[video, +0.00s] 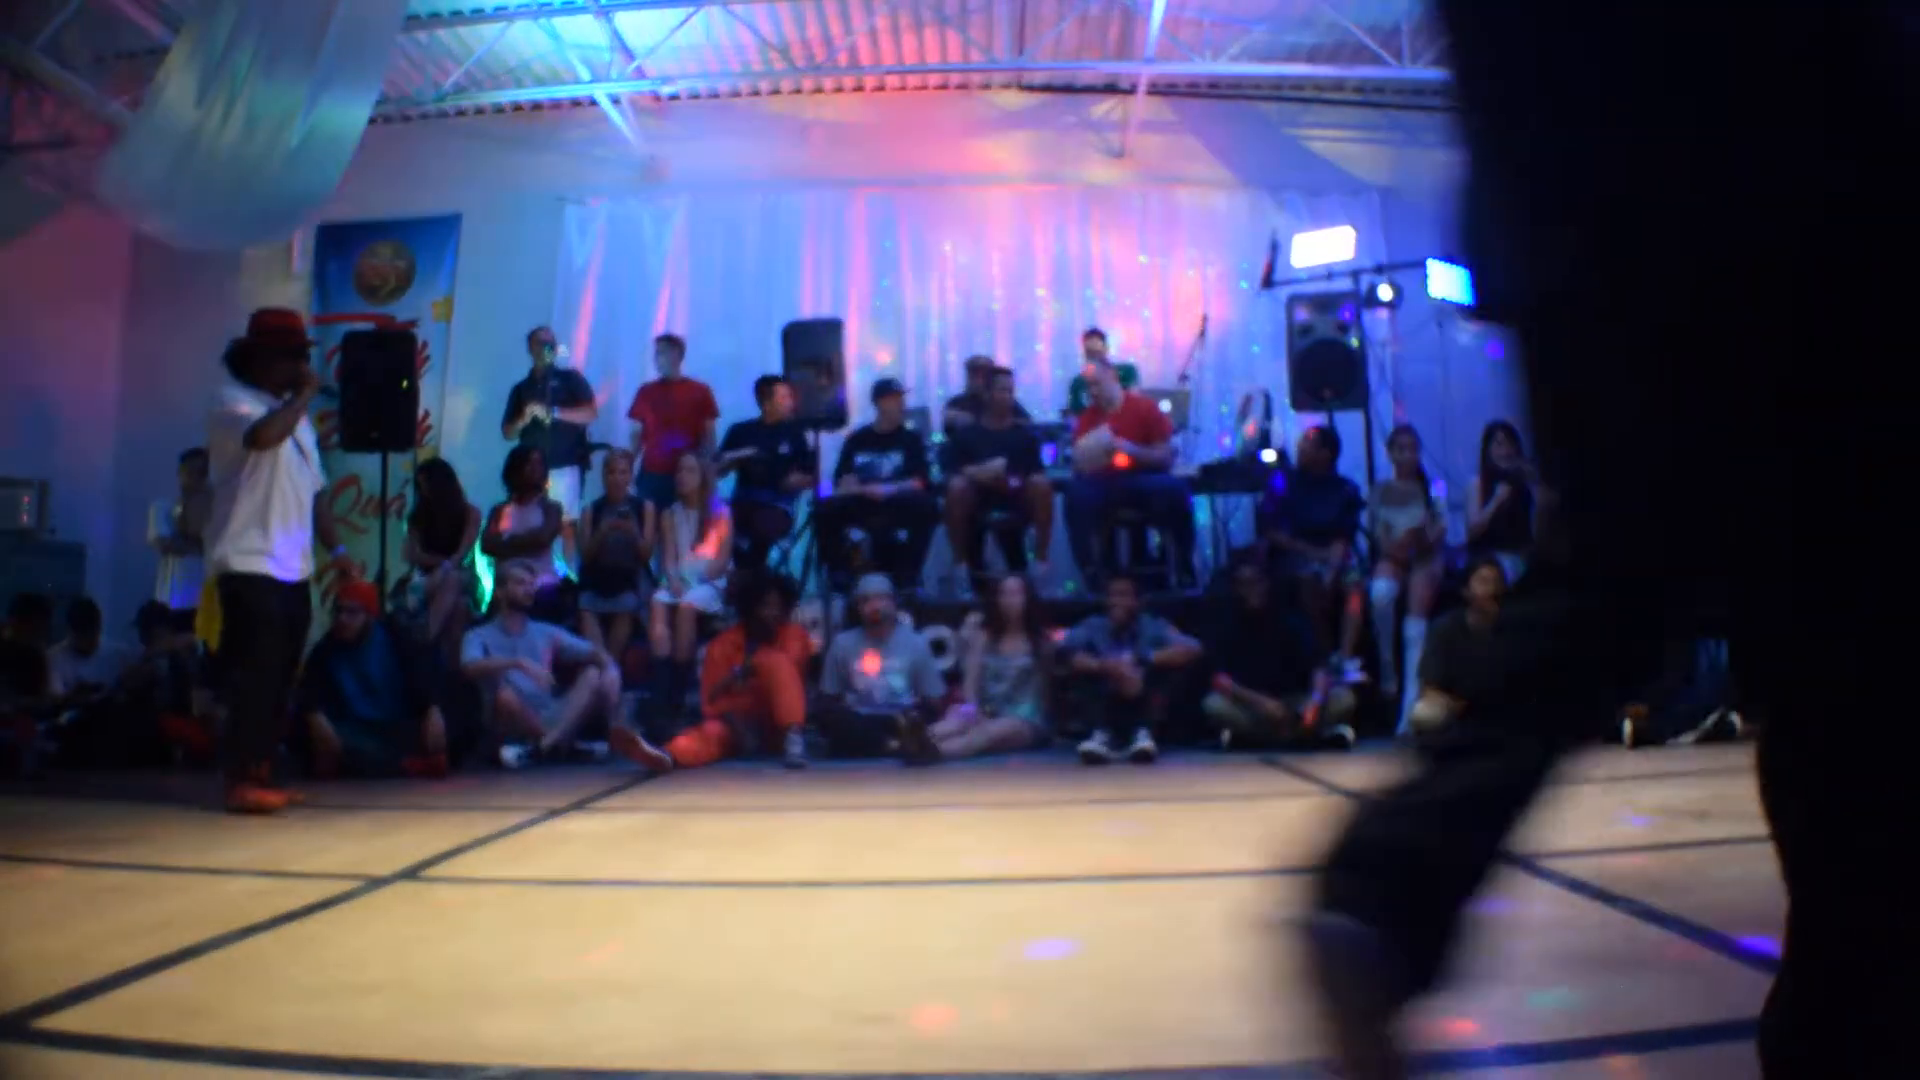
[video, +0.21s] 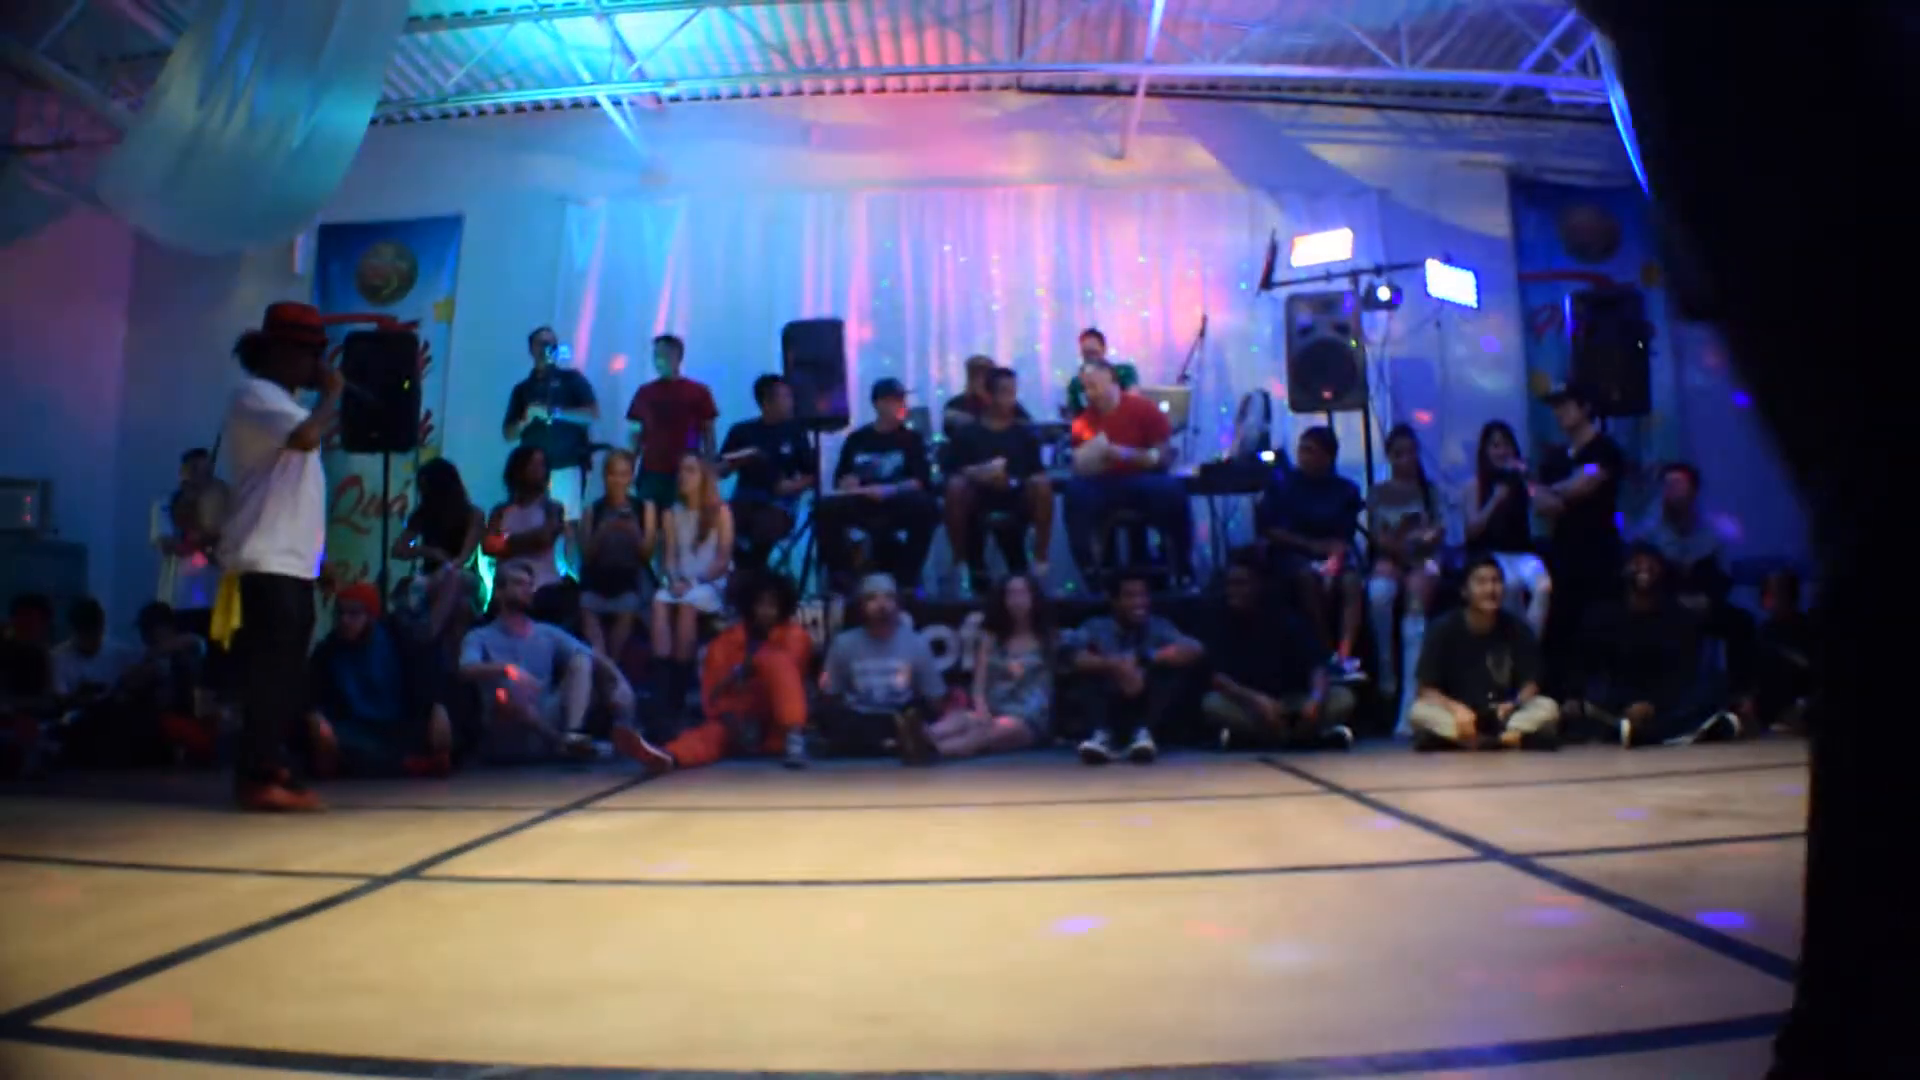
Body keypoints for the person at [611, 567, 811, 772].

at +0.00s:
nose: (772, 614)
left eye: (779, 607)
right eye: (765, 606)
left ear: (786, 610)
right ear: (749, 608)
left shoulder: (796, 638)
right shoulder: (723, 646)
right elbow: (711, 707)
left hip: (776, 720)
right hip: (736, 722)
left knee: (774, 660)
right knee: (711, 735)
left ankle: (793, 739)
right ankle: (668, 756)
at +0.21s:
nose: (766, 611)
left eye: (773, 604)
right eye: (761, 603)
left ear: (783, 609)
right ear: (748, 606)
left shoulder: (795, 638)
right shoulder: (725, 644)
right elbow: (711, 703)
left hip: (776, 722)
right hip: (737, 722)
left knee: (775, 660)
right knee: (710, 736)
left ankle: (794, 737)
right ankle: (670, 756)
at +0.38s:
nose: (765, 611)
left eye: (772, 604)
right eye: (760, 603)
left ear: (784, 610)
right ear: (749, 606)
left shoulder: (794, 637)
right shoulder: (725, 645)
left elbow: (786, 667)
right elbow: (712, 704)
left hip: (775, 718)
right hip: (737, 720)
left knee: (778, 660)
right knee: (711, 734)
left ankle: (795, 736)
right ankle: (671, 755)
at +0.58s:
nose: (764, 610)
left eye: (771, 603)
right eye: (758, 602)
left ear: (782, 607)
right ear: (747, 605)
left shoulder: (793, 636)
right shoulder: (727, 644)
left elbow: (787, 668)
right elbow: (713, 704)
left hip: (775, 718)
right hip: (738, 720)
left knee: (779, 660)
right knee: (713, 733)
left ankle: (795, 738)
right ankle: (672, 755)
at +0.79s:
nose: (759, 609)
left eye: (767, 603)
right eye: (754, 602)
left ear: (781, 607)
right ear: (746, 605)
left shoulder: (793, 635)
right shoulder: (725, 644)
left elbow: (784, 665)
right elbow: (713, 704)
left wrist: (752, 668)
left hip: (776, 719)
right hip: (739, 720)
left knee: (778, 660)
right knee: (712, 733)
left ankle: (794, 737)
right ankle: (670, 755)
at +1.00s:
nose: (759, 609)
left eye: (766, 603)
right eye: (754, 602)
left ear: (780, 607)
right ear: (745, 605)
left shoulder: (792, 635)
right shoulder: (724, 645)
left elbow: (784, 667)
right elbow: (713, 703)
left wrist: (748, 669)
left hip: (775, 721)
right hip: (738, 722)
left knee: (779, 663)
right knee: (712, 734)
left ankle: (794, 738)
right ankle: (668, 755)